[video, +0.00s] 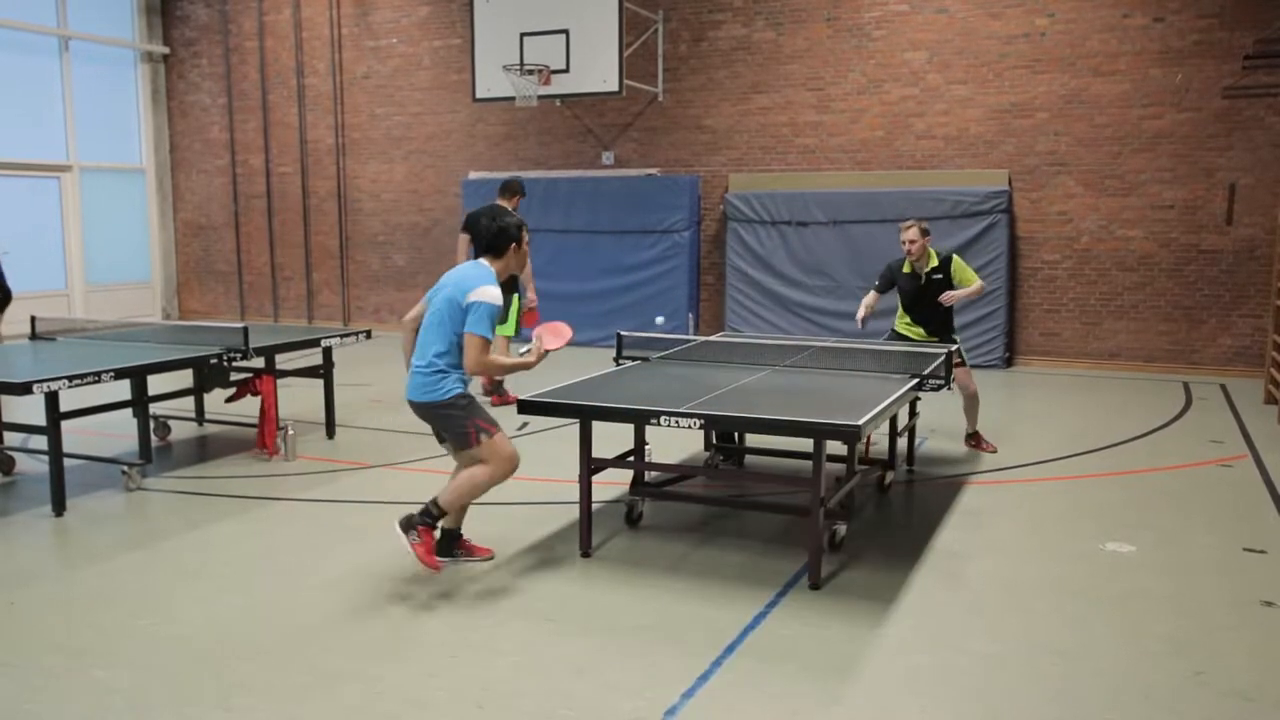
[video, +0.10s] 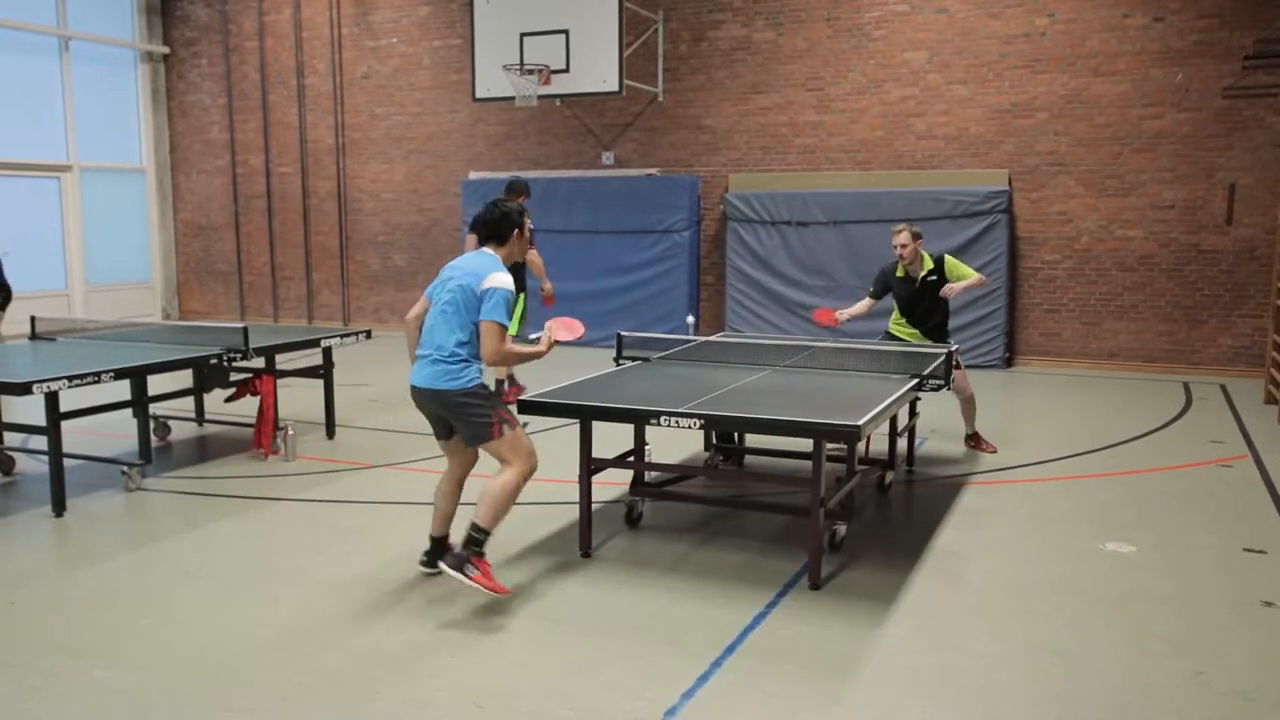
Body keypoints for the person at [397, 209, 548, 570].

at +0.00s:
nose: (527, 253)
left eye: (526, 246)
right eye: (525, 246)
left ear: (488, 246)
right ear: (513, 248)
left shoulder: (458, 274)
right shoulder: (487, 288)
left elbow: (410, 322)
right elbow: (475, 363)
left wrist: (414, 372)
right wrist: (526, 362)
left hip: (426, 388)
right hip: (442, 390)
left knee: (470, 461)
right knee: (504, 460)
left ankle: (450, 539)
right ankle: (422, 521)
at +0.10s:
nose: (529, 240)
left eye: (528, 232)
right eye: (525, 233)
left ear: (488, 235)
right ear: (511, 236)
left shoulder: (454, 266)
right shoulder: (497, 277)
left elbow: (413, 319)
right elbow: (492, 353)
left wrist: (421, 368)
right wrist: (539, 350)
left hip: (424, 383)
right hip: (458, 383)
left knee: (461, 459)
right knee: (522, 461)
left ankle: (436, 550)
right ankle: (469, 553)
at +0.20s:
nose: (527, 248)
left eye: (527, 241)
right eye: (526, 240)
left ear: (480, 239)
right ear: (517, 241)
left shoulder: (449, 276)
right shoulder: (507, 286)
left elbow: (413, 335)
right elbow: (517, 363)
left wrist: (427, 383)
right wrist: (548, 350)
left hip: (439, 403)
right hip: (480, 404)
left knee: (456, 478)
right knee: (528, 489)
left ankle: (422, 565)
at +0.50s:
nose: (562, 233)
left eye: (560, 228)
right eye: (560, 227)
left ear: (512, 227)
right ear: (552, 228)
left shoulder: (477, 267)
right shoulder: (559, 270)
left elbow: (444, 337)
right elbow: (588, 344)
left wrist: (467, 375)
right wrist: (614, 337)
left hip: (474, 399)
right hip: (529, 405)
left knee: (462, 489)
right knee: (561, 502)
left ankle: (428, 586)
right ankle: (550, 620)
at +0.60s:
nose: (573, 234)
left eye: (570, 228)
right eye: (572, 228)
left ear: (525, 227)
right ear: (563, 228)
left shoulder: (485, 266)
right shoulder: (565, 272)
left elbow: (448, 334)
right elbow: (594, 350)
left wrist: (479, 369)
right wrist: (618, 346)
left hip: (479, 406)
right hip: (536, 410)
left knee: (467, 508)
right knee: (576, 508)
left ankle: (439, 602)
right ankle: (567, 628)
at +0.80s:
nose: (586, 279)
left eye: (583, 271)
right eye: (586, 272)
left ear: (535, 268)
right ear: (577, 273)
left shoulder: (496, 310)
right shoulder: (582, 321)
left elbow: (455, 378)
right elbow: (633, 392)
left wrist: (491, 414)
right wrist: (640, 380)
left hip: (500, 459)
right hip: (562, 457)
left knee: (477, 558)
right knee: (624, 504)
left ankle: (459, 667)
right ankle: (599, 608)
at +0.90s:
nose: (611, 285)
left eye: (610, 279)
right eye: (611, 280)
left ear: (562, 275)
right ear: (602, 279)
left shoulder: (521, 311)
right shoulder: (610, 323)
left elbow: (468, 369)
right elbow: (674, 378)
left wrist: (489, 408)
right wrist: (644, 359)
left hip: (521, 459)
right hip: (586, 455)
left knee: (489, 556)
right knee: (649, 495)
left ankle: (461, 665)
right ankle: (669, 605)